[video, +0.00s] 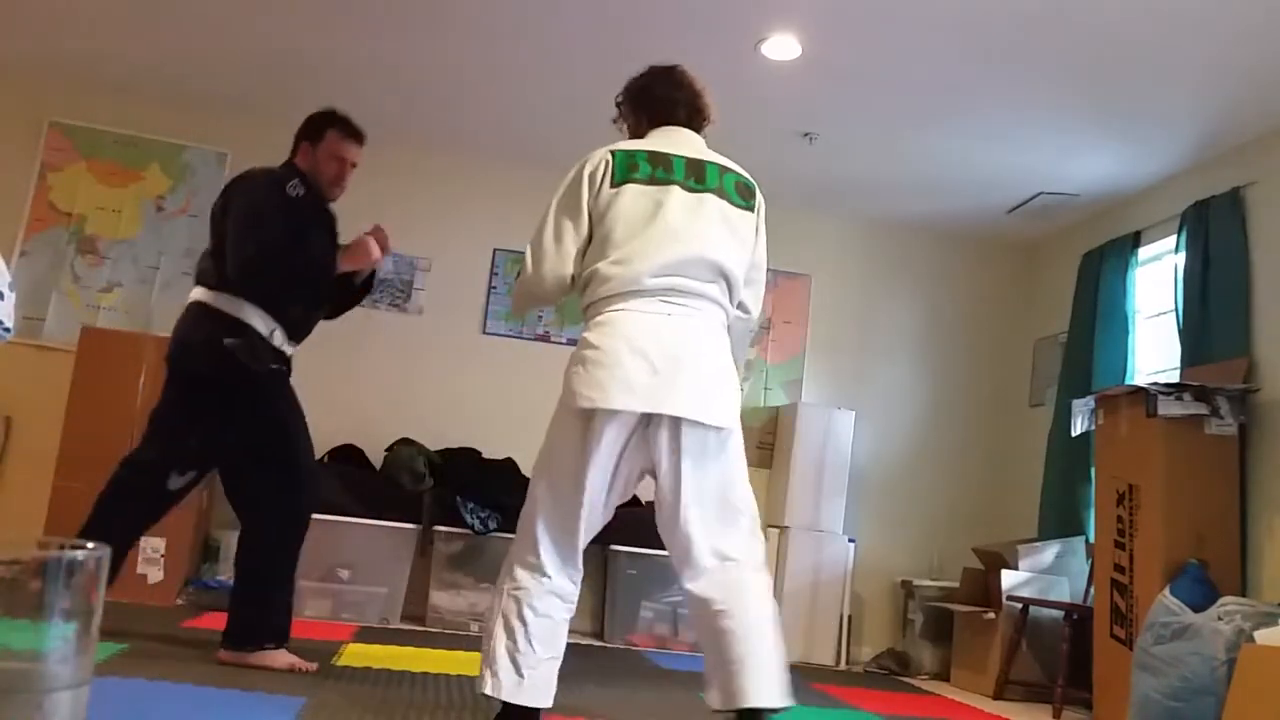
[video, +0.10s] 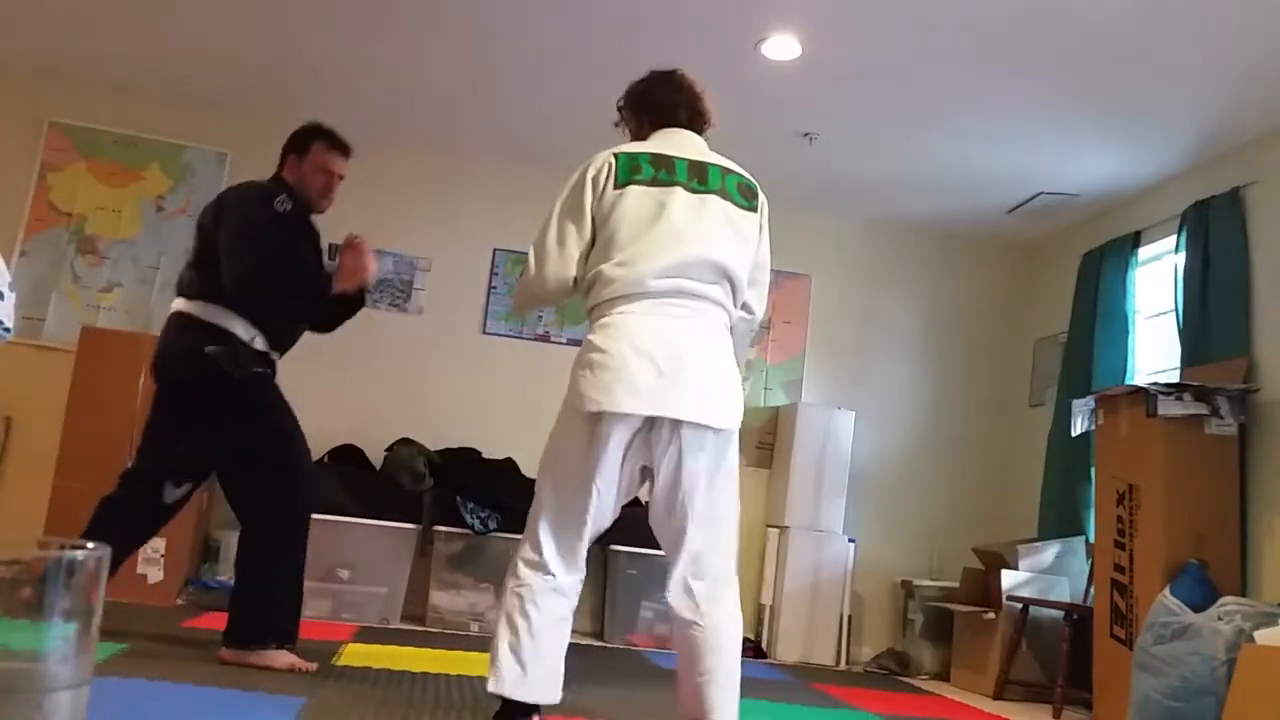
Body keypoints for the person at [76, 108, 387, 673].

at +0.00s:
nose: (347, 175)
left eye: (353, 167)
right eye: (340, 161)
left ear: (349, 169)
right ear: (306, 151)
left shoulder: (319, 221)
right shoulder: (264, 188)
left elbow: (318, 302)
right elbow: (256, 266)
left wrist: (364, 278)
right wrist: (342, 259)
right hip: (230, 350)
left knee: (153, 477)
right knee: (284, 498)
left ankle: (66, 600)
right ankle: (253, 640)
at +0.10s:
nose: (334, 188)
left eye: (340, 180)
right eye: (327, 174)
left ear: (337, 181)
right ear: (294, 164)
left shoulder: (303, 237)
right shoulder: (253, 202)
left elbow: (321, 316)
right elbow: (253, 283)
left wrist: (354, 289)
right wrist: (332, 283)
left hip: (203, 356)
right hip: (218, 358)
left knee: (154, 488)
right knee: (282, 495)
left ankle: (60, 603)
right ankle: (255, 640)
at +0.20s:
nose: (331, 186)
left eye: (336, 178)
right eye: (324, 173)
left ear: (328, 181)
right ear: (290, 166)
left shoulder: (302, 236)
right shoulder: (239, 203)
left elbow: (282, 318)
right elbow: (212, 283)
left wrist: (330, 292)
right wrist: (297, 294)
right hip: (209, 352)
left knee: (151, 488)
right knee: (286, 475)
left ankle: (57, 600)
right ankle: (253, 629)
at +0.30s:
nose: (336, 190)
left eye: (342, 181)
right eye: (329, 176)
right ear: (295, 167)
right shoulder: (263, 203)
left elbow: (284, 315)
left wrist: (329, 287)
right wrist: (295, 280)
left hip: (184, 345)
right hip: (217, 353)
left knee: (160, 488)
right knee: (275, 487)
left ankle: (67, 599)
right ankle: (251, 633)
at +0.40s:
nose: (338, 193)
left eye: (344, 185)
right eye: (330, 180)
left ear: (344, 189)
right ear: (297, 171)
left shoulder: (312, 246)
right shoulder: (254, 203)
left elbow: (325, 320)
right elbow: (212, 275)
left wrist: (356, 282)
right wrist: (296, 279)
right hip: (215, 359)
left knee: (148, 495)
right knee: (272, 497)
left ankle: (57, 607)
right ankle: (242, 645)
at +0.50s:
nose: (343, 178)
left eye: (350, 170)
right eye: (336, 164)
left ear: (350, 174)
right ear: (302, 156)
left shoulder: (312, 225)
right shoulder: (260, 190)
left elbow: (319, 304)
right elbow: (228, 260)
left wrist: (354, 260)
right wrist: (310, 251)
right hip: (222, 348)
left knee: (139, 481)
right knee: (265, 498)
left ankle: (68, 606)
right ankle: (243, 642)